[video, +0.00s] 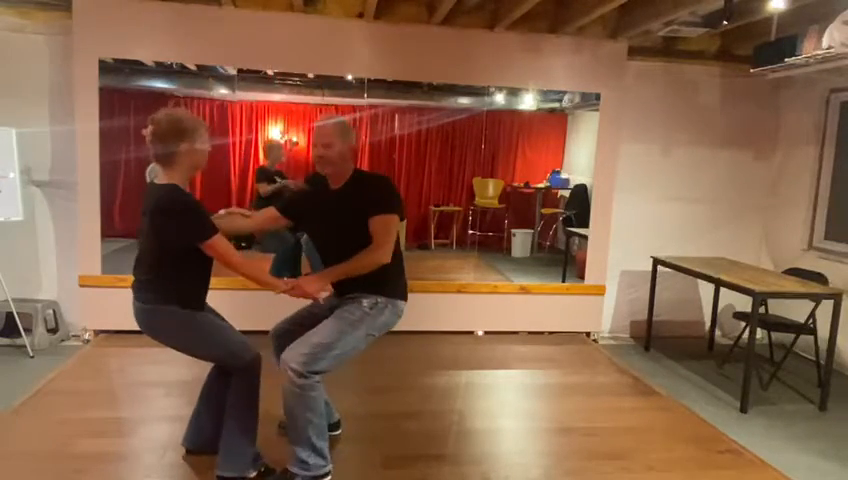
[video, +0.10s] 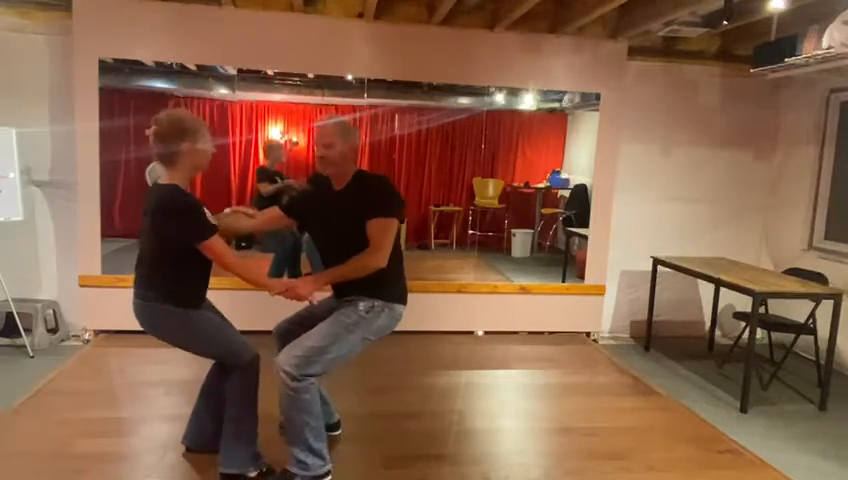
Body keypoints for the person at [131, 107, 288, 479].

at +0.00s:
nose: (209, 152)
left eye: (207, 146)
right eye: (204, 146)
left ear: (169, 150)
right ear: (186, 151)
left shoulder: (162, 191)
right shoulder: (179, 203)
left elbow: (206, 235)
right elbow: (232, 259)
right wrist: (284, 286)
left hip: (166, 303)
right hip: (167, 311)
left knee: (235, 354)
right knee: (246, 360)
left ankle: (201, 438)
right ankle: (237, 464)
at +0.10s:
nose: (212, 150)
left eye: (209, 142)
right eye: (206, 143)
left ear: (176, 150)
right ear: (187, 150)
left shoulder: (166, 193)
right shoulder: (179, 203)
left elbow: (215, 241)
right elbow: (228, 261)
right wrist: (278, 286)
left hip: (171, 300)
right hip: (166, 309)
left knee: (234, 354)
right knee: (244, 359)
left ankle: (202, 437)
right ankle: (239, 462)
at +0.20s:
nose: (215, 148)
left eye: (212, 140)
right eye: (209, 141)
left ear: (182, 149)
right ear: (188, 149)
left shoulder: (180, 192)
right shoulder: (178, 200)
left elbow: (222, 226)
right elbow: (227, 261)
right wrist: (277, 288)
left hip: (185, 296)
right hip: (166, 305)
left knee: (233, 353)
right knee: (243, 357)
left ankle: (203, 437)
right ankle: (245, 459)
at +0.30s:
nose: (218, 146)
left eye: (215, 138)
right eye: (211, 139)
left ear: (187, 149)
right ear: (188, 148)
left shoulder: (191, 192)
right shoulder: (177, 200)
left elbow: (223, 220)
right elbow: (225, 261)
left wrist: (268, 218)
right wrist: (276, 288)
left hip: (194, 291)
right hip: (165, 301)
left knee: (232, 350)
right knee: (239, 354)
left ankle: (203, 435)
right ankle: (249, 455)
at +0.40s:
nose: (219, 145)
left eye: (217, 138)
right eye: (213, 139)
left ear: (185, 147)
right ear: (191, 147)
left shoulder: (193, 189)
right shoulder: (176, 197)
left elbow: (227, 216)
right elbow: (222, 260)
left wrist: (275, 216)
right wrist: (271, 288)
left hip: (198, 290)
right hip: (167, 299)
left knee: (231, 349)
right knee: (233, 352)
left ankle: (203, 433)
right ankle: (250, 454)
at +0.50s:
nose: (221, 144)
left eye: (220, 137)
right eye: (215, 138)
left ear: (191, 144)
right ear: (192, 144)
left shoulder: (198, 185)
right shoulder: (177, 193)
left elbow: (226, 215)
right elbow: (218, 257)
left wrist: (269, 214)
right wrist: (268, 287)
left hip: (203, 287)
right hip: (169, 297)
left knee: (228, 348)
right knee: (225, 351)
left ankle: (202, 433)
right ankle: (247, 453)